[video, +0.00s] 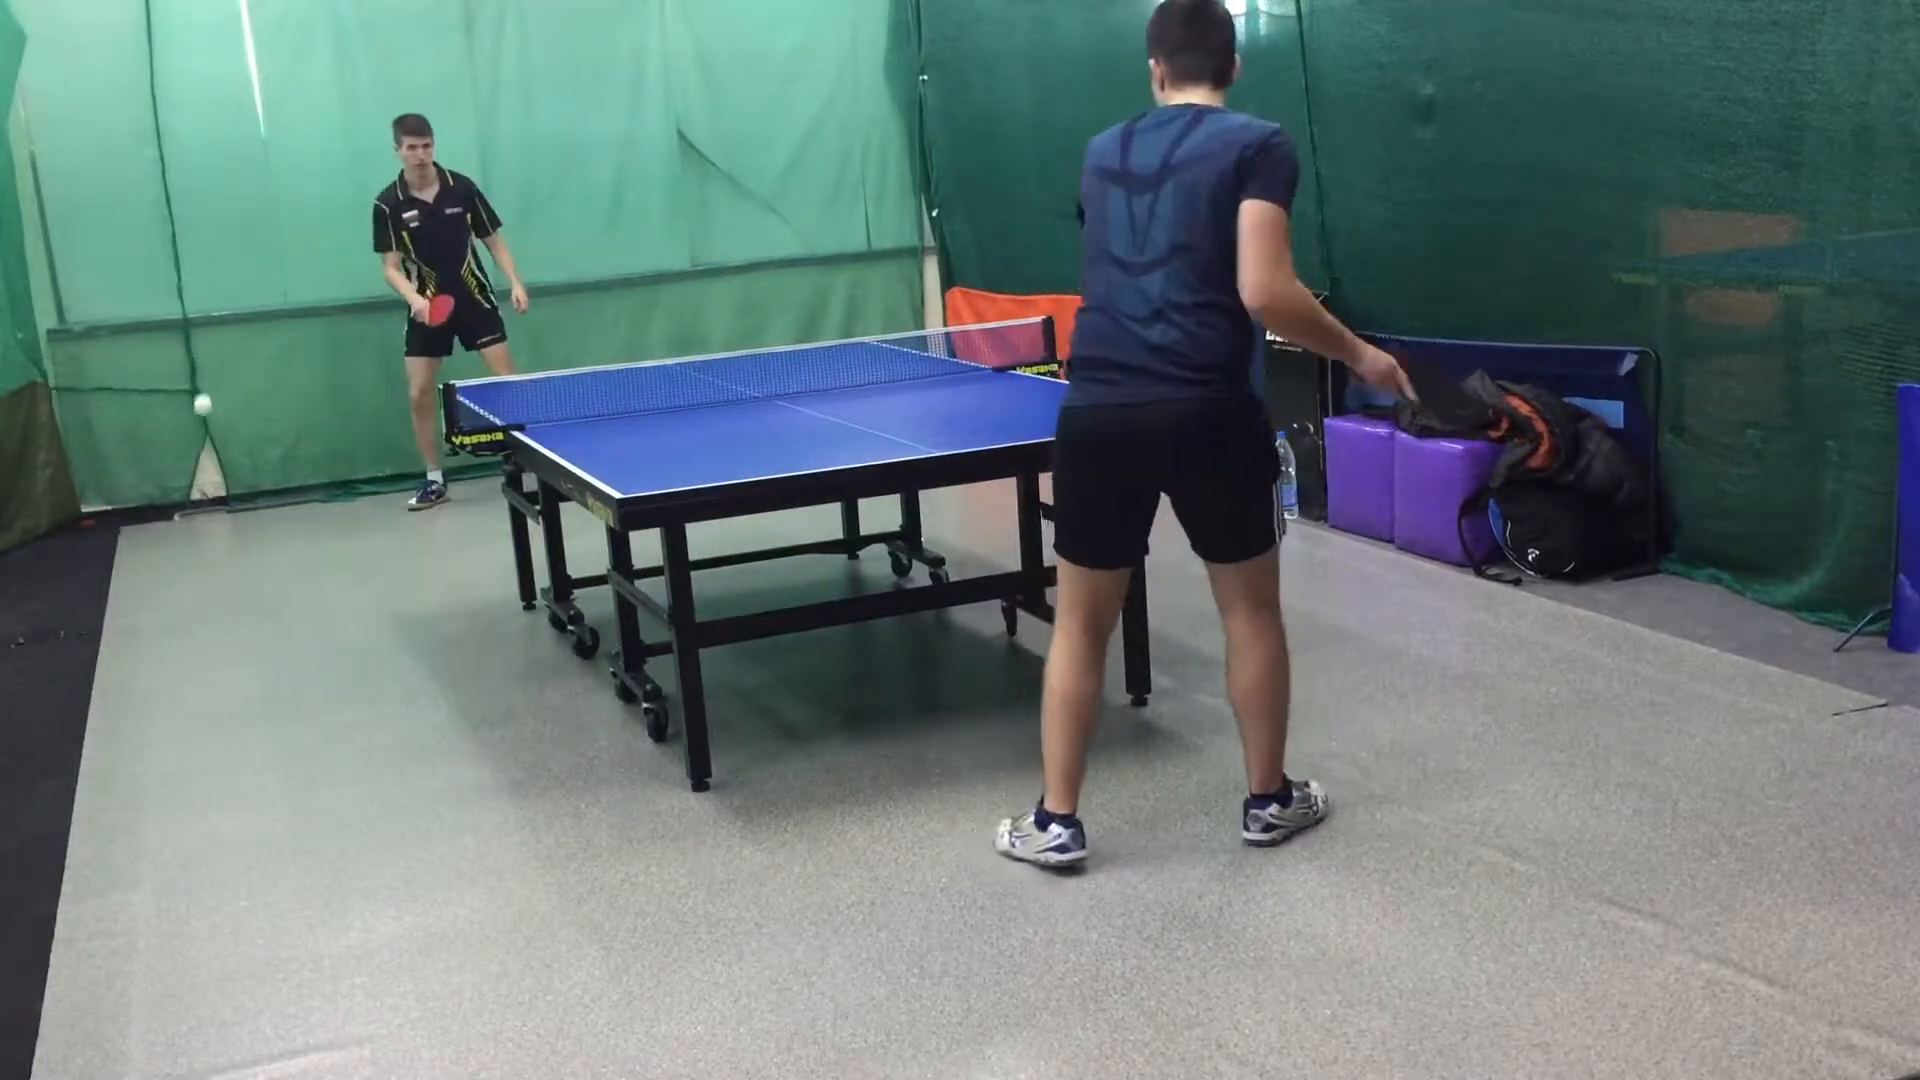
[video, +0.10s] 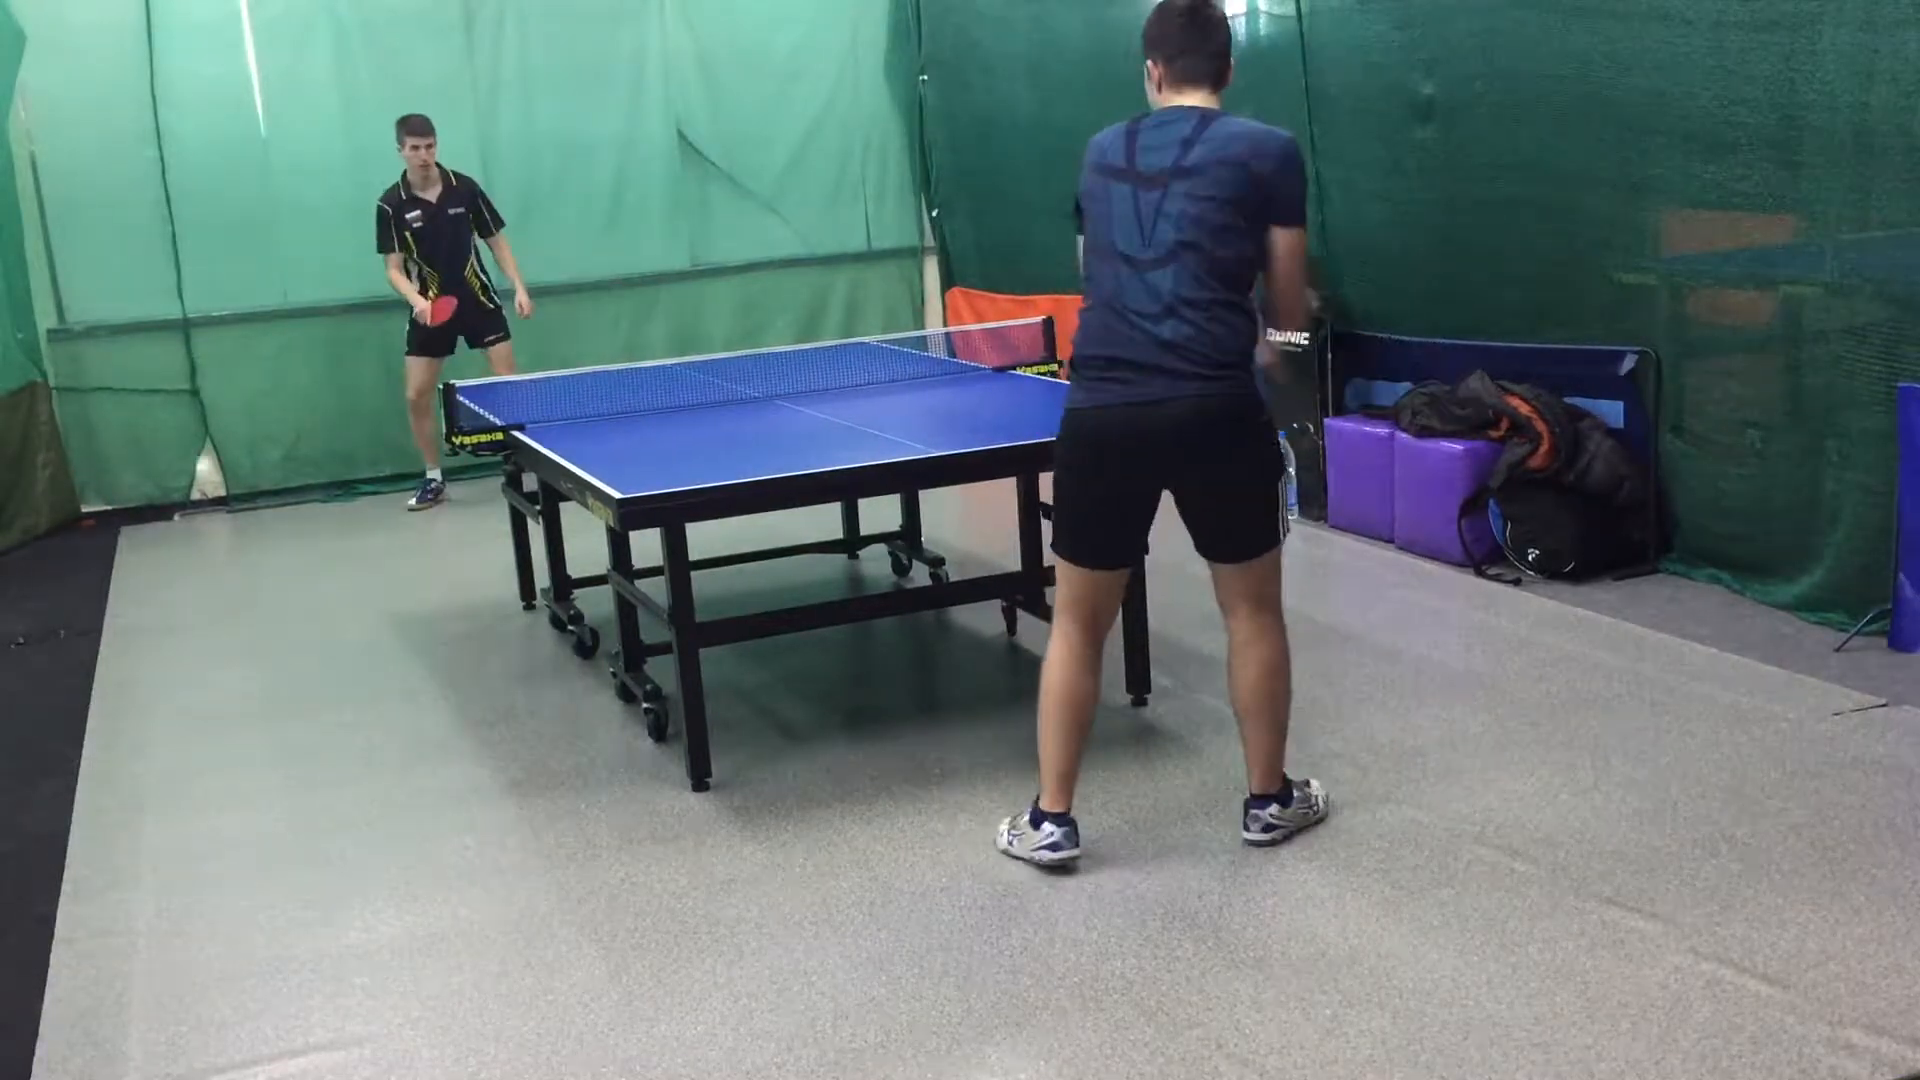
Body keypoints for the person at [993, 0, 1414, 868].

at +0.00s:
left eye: (1161, 61)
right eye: (1231, 64)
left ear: (1153, 69)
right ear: (1234, 69)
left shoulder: (1103, 151)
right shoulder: (1256, 143)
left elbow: (1102, 279)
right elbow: (1266, 292)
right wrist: (1359, 353)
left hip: (1098, 422)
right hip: (1210, 419)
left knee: (1081, 621)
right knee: (1250, 608)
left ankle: (1057, 820)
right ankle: (1267, 799)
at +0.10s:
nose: (1149, 78)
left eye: (1146, 65)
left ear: (1152, 71)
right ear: (1229, 69)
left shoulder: (1102, 151)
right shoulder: (1268, 151)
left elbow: (1096, 275)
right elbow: (1290, 312)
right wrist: (1276, 306)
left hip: (1104, 425)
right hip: (1218, 423)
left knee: (1078, 623)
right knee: (1253, 612)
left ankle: (1053, 819)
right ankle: (1267, 799)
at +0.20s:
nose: (1136, 81)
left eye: (1135, 69)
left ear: (1143, 74)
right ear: (1220, 73)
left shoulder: (1095, 153)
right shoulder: (1270, 159)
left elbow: (1054, 297)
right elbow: (1284, 286)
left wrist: (1098, 355)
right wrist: (1217, 300)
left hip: (1106, 427)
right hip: (1222, 424)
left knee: (1077, 623)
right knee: (1252, 609)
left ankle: (1053, 824)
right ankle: (1266, 799)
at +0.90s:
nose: (1114, 107)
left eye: (1114, 96)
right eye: (1121, 95)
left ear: (1124, 99)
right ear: (1198, 101)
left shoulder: (1096, 168)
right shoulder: (1252, 184)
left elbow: (1029, 279)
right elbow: (1282, 331)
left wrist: (1090, 320)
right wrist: (1278, 374)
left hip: (1128, 431)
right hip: (1239, 425)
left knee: (1062, 625)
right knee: (1272, 604)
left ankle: (1053, 827)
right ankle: (1329, 786)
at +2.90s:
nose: (1180, 112)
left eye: (1181, 101)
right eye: (1187, 101)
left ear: (1193, 107)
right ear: (1264, 111)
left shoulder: (1163, 175)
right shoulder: (1313, 197)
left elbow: (1107, 290)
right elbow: (1311, 303)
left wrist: (1157, 323)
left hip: (1198, 443)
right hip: (1307, 438)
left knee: (1108, 620)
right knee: (1321, 601)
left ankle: (1082, 829)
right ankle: (1352, 782)